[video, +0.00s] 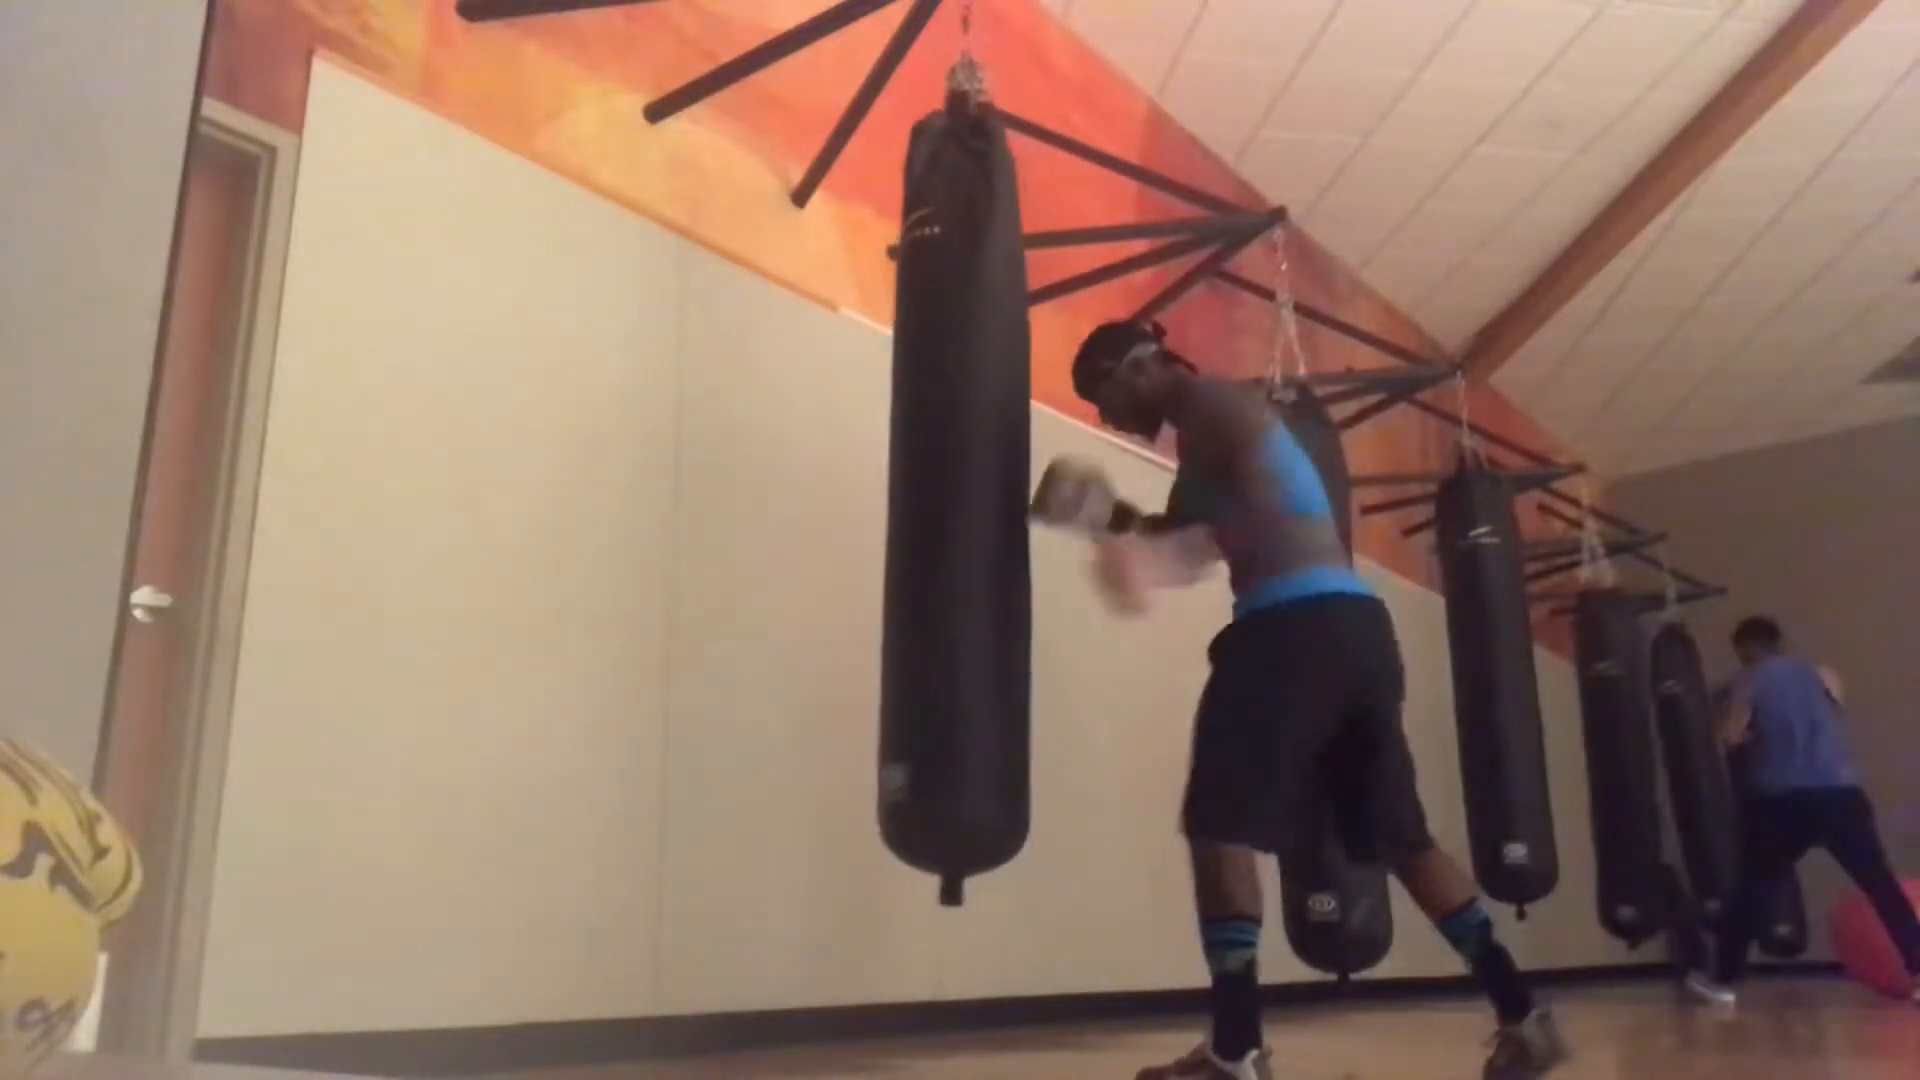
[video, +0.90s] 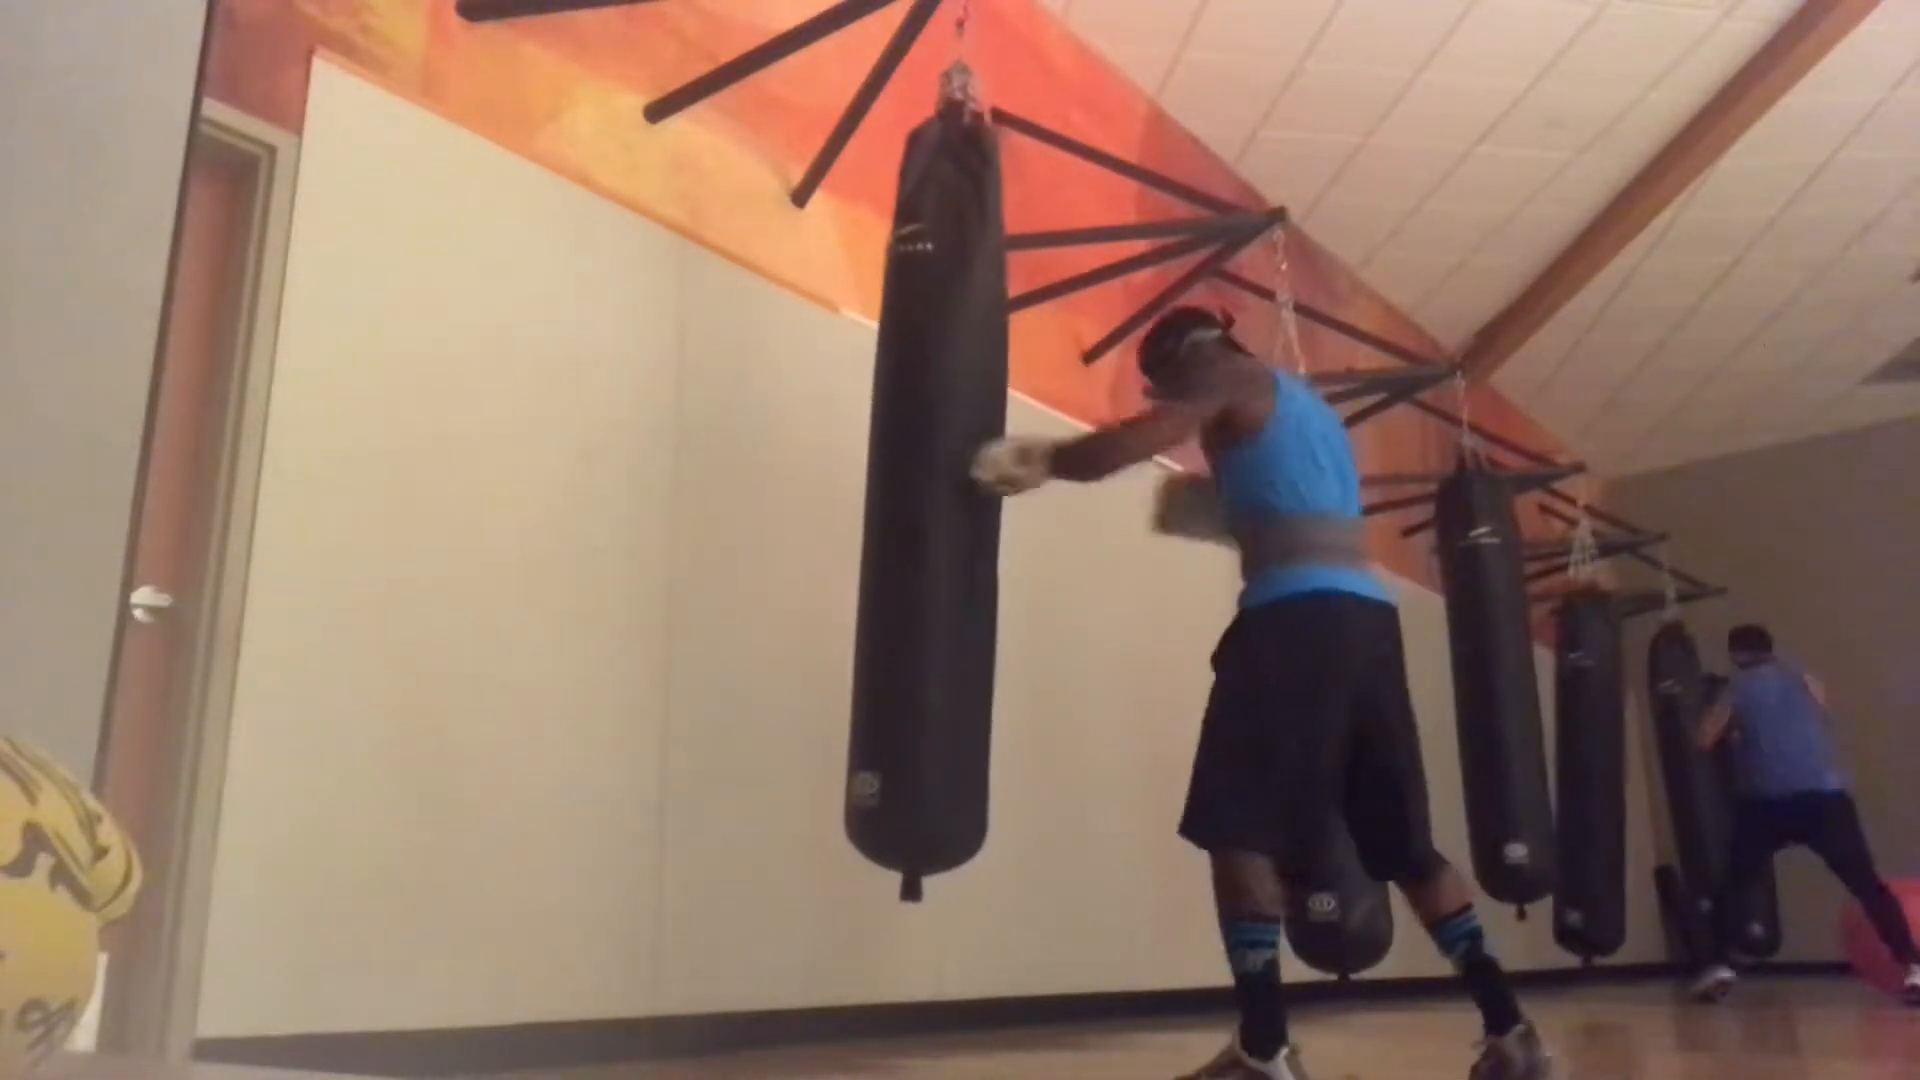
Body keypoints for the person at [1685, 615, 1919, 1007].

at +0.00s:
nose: (1740, 658)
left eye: (1740, 652)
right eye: (1741, 652)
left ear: (1745, 650)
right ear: (1779, 642)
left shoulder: (1748, 682)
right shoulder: (1817, 672)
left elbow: (1730, 735)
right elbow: (1836, 703)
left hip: (1782, 801)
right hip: (1840, 796)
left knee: (1752, 887)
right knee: (1880, 882)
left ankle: (1724, 980)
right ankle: (1918, 968)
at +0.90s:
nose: (1734, 663)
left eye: (1733, 658)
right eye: (1737, 657)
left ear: (1735, 656)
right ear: (1770, 650)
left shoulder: (1737, 688)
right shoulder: (1801, 679)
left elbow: (1706, 738)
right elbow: (1822, 712)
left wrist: (1728, 727)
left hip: (1769, 802)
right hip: (1824, 798)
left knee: (1735, 882)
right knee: (1867, 884)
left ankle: (1721, 964)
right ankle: (1911, 965)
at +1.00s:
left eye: (1721, 650)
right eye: (1734, 645)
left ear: (1715, 652)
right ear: (1749, 643)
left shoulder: (1714, 690)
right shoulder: (1776, 668)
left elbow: (1671, 723)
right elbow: (1807, 695)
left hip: (1762, 794)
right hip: (1815, 785)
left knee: (1735, 878)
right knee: (1863, 873)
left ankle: (1712, 968)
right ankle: (1906, 960)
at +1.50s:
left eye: (1727, 649)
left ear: (1720, 651)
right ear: (1755, 645)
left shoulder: (1712, 686)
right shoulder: (1781, 672)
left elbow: (1667, 701)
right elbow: (1806, 695)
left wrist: (1634, 702)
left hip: (1763, 792)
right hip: (1817, 783)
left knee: (1738, 878)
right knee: (1863, 867)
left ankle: (1715, 970)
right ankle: (1894, 955)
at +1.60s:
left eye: (1747, 648)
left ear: (1738, 651)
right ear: (1774, 646)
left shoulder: (1725, 689)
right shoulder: (1799, 677)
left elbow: (1691, 733)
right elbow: (1823, 707)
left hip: (1766, 800)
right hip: (1824, 794)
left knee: (1740, 884)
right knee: (1867, 878)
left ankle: (1715, 973)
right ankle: (1899, 967)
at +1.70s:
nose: (1764, 654)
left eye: (1759, 647)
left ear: (1752, 649)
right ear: (1791, 642)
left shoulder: (1742, 684)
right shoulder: (1815, 671)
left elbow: (1735, 739)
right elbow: (1839, 701)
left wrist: (1752, 767)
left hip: (1775, 799)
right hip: (1834, 794)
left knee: (1746, 880)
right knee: (1878, 881)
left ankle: (1722, 968)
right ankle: (1904, 972)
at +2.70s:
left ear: (1769, 644)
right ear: (1810, 638)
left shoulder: (1758, 682)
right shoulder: (1841, 668)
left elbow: (1733, 727)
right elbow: (1862, 707)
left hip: (1801, 799)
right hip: (1860, 794)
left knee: (1778, 884)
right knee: (1903, 880)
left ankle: (1764, 980)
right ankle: (1916, 977)